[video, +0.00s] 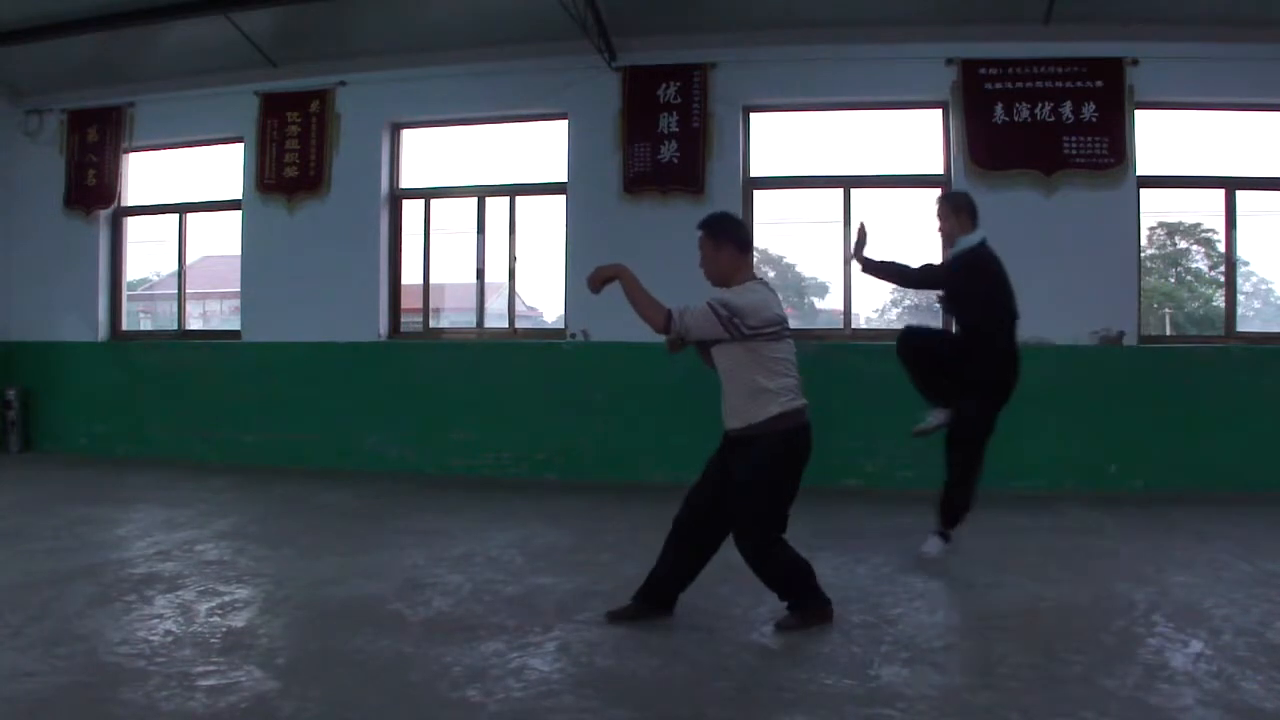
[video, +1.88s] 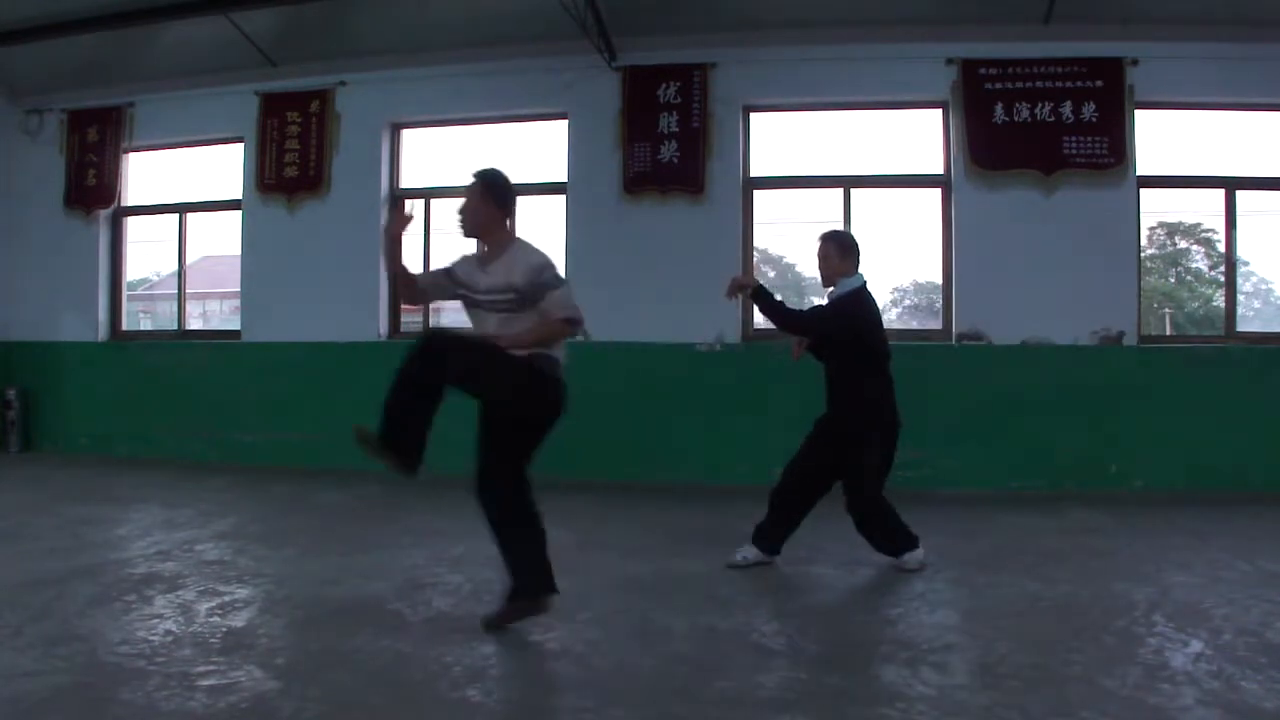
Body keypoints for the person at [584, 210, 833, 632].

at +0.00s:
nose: (701, 264)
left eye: (705, 254)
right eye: (701, 254)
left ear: (730, 251)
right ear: (733, 252)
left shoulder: (747, 301)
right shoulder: (751, 298)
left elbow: (665, 322)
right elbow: (728, 361)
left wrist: (622, 274)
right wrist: (689, 338)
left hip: (777, 437)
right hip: (745, 436)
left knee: (755, 534)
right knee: (697, 523)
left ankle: (812, 605)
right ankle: (653, 601)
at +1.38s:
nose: (651, 264)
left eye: (657, 253)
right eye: (651, 254)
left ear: (686, 254)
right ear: (689, 256)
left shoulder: (695, 308)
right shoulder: (722, 304)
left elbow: (612, 329)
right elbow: (733, 369)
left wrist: (568, 283)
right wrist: (689, 401)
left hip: (732, 445)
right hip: (708, 442)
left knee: (741, 541)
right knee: (650, 517)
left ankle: (809, 601)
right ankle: (593, 594)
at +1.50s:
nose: (604, 257)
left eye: (611, 248)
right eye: (606, 248)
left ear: (639, 252)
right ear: (641, 254)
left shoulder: (629, 304)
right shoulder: (675, 303)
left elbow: (559, 322)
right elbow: (715, 353)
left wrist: (512, 291)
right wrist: (675, 381)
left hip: (656, 440)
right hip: (688, 433)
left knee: (593, 515)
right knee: (723, 523)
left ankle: (563, 605)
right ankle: (803, 593)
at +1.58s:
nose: (567, 246)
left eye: (574, 238)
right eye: (568, 237)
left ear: (598, 244)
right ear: (605, 248)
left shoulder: (580, 295)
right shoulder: (629, 301)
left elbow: (513, 303)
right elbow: (664, 357)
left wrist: (450, 291)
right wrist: (613, 361)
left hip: (602, 436)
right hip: (643, 433)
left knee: (549, 509)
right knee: (654, 530)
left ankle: (549, 613)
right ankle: (748, 568)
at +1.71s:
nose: (527, 231)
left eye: (535, 223)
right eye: (530, 223)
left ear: (558, 229)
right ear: (561, 231)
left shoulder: (575, 280)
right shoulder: (573, 281)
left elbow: (518, 327)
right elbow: (526, 339)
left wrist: (454, 313)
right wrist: (469, 319)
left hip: (579, 414)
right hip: (574, 413)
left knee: (530, 510)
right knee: (538, 509)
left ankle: (545, 614)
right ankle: (593, 589)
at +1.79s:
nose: (490, 216)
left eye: (498, 208)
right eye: (492, 208)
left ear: (523, 213)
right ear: (513, 214)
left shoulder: (558, 268)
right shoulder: (500, 279)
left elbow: (567, 335)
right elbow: (477, 327)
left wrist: (502, 335)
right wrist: (454, 317)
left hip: (558, 388)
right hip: (520, 387)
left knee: (526, 490)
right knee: (446, 408)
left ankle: (545, 606)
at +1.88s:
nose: (461, 209)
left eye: (470, 201)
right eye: (463, 200)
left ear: (497, 210)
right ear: (484, 210)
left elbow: (567, 321)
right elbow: (410, 292)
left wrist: (509, 342)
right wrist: (393, 240)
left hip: (536, 383)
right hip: (498, 381)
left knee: (436, 348)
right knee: (498, 482)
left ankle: (402, 446)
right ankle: (531, 588)